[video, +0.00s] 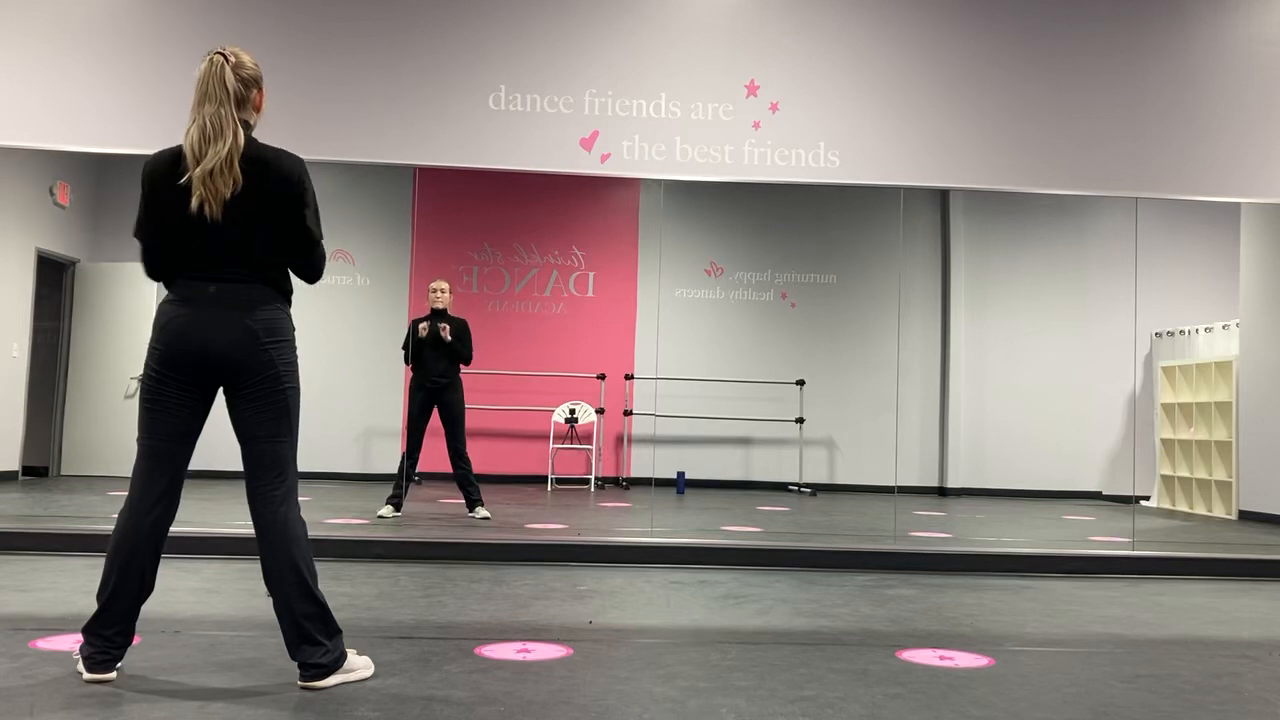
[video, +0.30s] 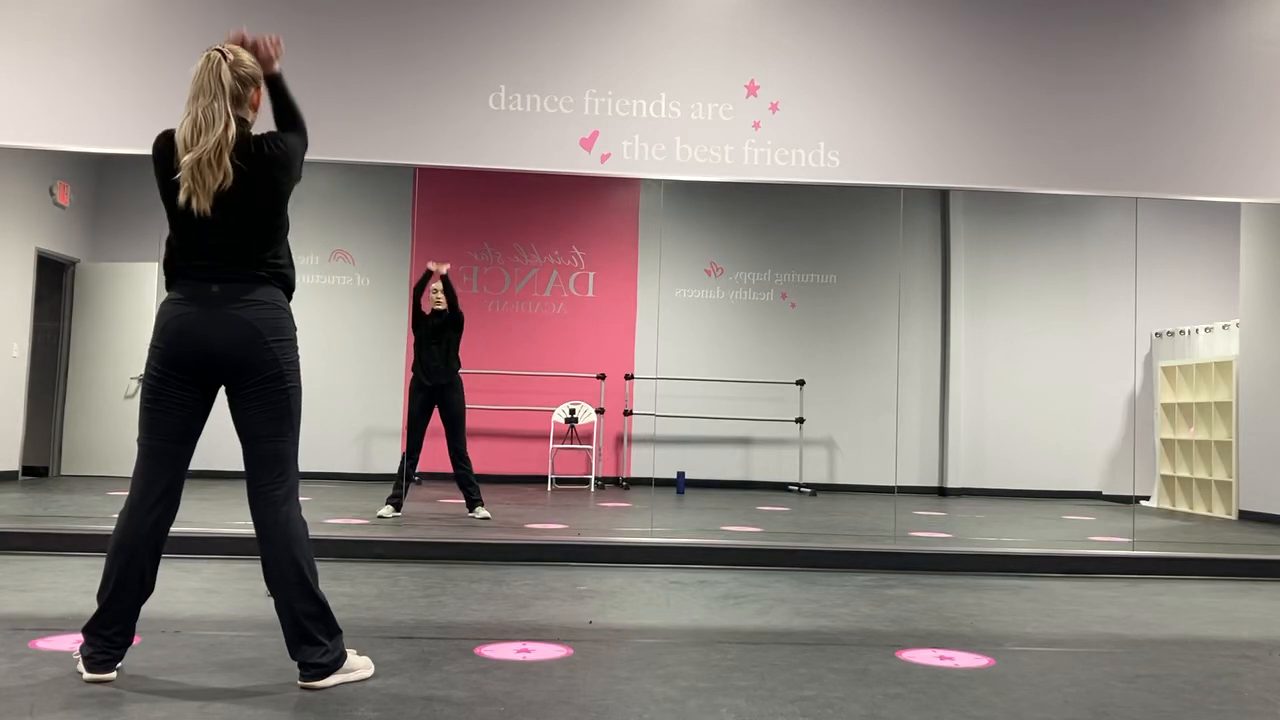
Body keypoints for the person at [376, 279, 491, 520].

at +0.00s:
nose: (438, 294)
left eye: (442, 291)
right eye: (434, 291)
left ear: (450, 297)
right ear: (427, 297)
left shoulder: (459, 324)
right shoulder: (417, 325)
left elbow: (467, 359)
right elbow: (408, 358)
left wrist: (449, 339)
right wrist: (419, 338)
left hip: (450, 390)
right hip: (421, 390)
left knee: (458, 448)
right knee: (412, 448)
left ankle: (475, 504)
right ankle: (394, 503)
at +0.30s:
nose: (437, 296)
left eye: (441, 293)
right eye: (433, 293)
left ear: (448, 298)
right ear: (428, 299)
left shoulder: (455, 322)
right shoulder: (421, 321)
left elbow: (454, 300)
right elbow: (416, 295)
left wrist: (444, 276)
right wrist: (428, 273)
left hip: (450, 388)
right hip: (421, 387)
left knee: (458, 448)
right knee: (412, 448)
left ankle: (475, 505)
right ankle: (394, 503)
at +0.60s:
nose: (437, 295)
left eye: (441, 291)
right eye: (433, 291)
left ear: (448, 296)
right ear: (427, 297)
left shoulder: (455, 317)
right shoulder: (420, 316)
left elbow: (455, 287)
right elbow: (419, 284)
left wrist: (454, 251)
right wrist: (421, 251)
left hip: (450, 387)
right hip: (421, 387)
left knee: (458, 447)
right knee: (412, 447)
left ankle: (475, 504)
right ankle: (394, 503)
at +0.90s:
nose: (438, 292)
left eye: (442, 290)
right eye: (434, 289)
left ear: (450, 296)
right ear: (428, 295)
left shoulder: (456, 316)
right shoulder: (420, 315)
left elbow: (462, 286)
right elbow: (413, 283)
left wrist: (469, 251)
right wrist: (410, 249)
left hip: (450, 386)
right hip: (421, 386)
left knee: (458, 447)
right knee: (412, 447)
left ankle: (475, 504)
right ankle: (394, 503)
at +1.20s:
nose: (437, 292)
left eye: (442, 290)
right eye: (434, 290)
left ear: (450, 296)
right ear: (428, 296)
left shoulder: (457, 317)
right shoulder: (419, 317)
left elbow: (473, 288)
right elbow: (405, 286)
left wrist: (487, 258)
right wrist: (394, 255)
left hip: (450, 388)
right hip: (421, 388)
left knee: (458, 447)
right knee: (412, 447)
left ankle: (474, 505)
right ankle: (394, 503)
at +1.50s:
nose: (437, 293)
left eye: (442, 290)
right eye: (434, 290)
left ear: (451, 296)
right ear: (428, 296)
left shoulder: (459, 319)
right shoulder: (418, 319)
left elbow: (481, 295)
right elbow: (396, 294)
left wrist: (504, 270)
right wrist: (376, 268)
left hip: (451, 389)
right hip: (421, 389)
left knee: (458, 449)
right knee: (412, 448)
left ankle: (475, 505)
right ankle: (394, 504)